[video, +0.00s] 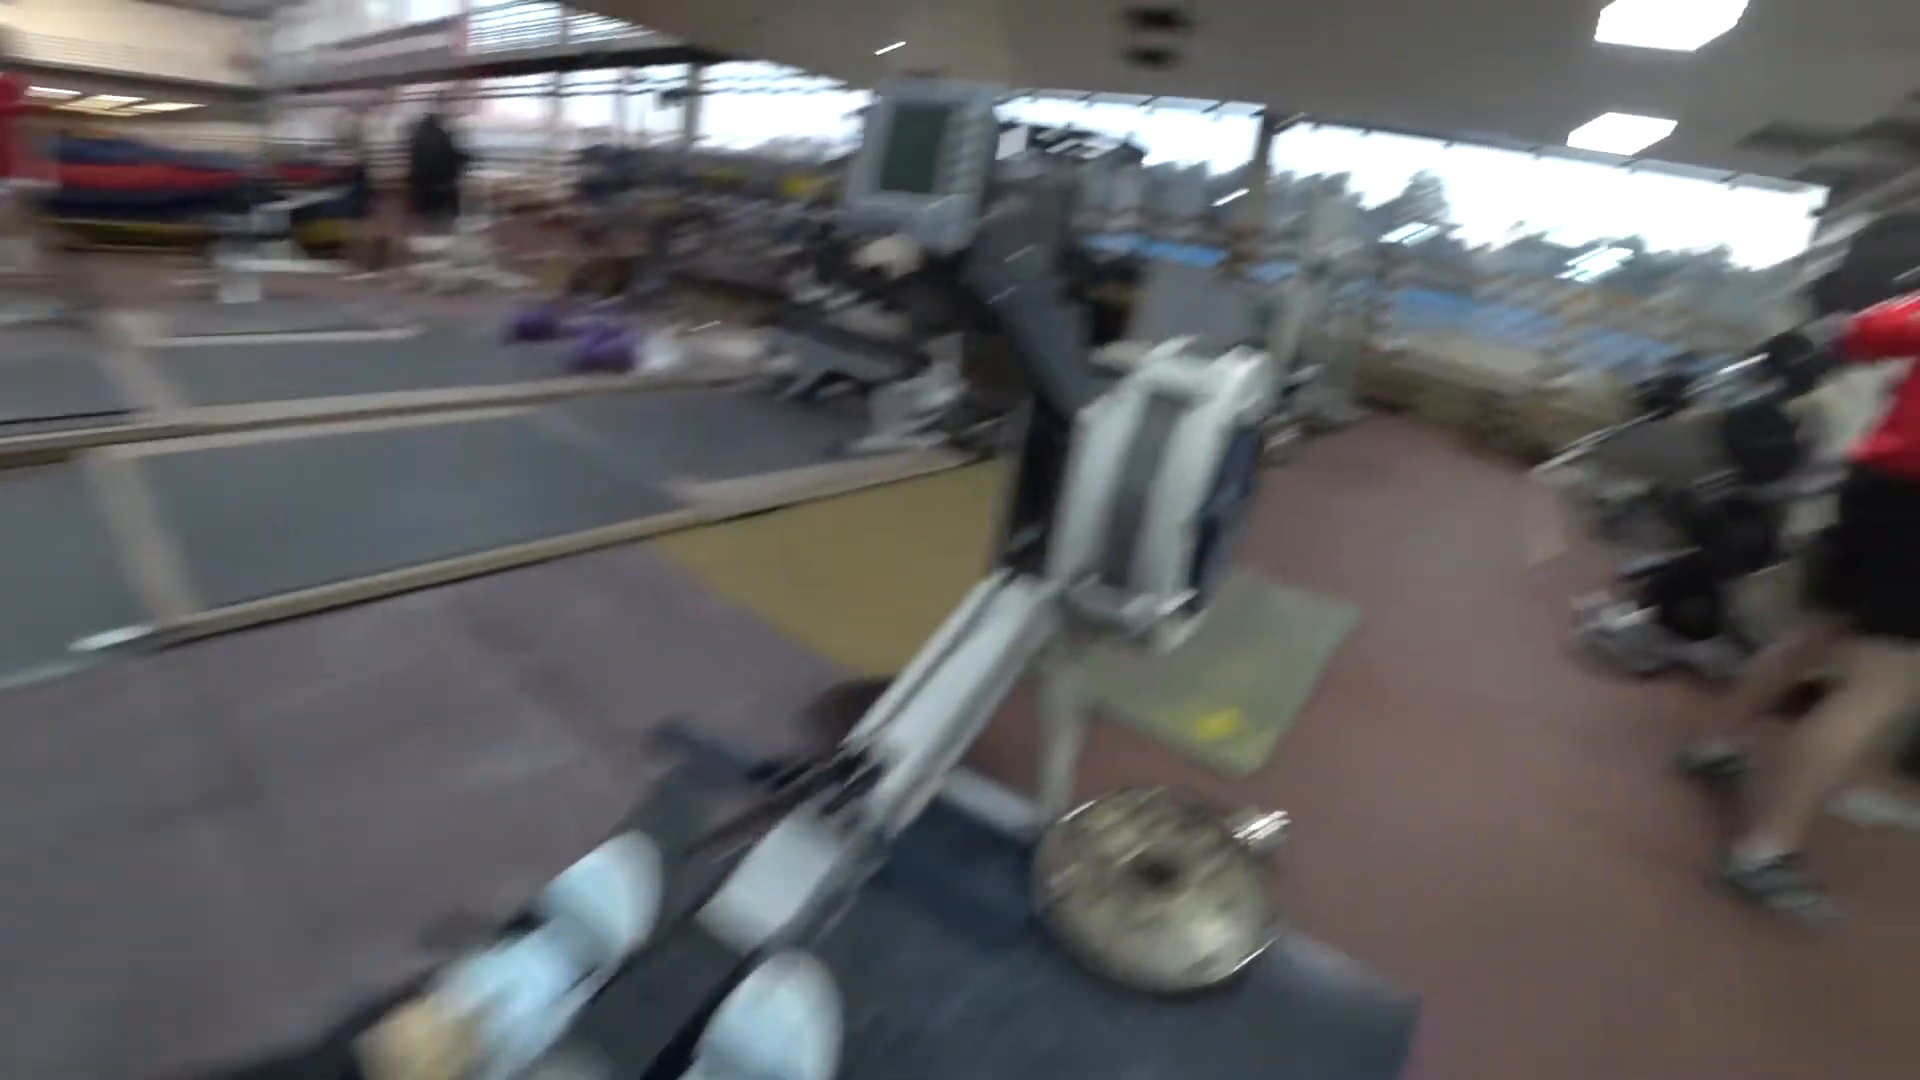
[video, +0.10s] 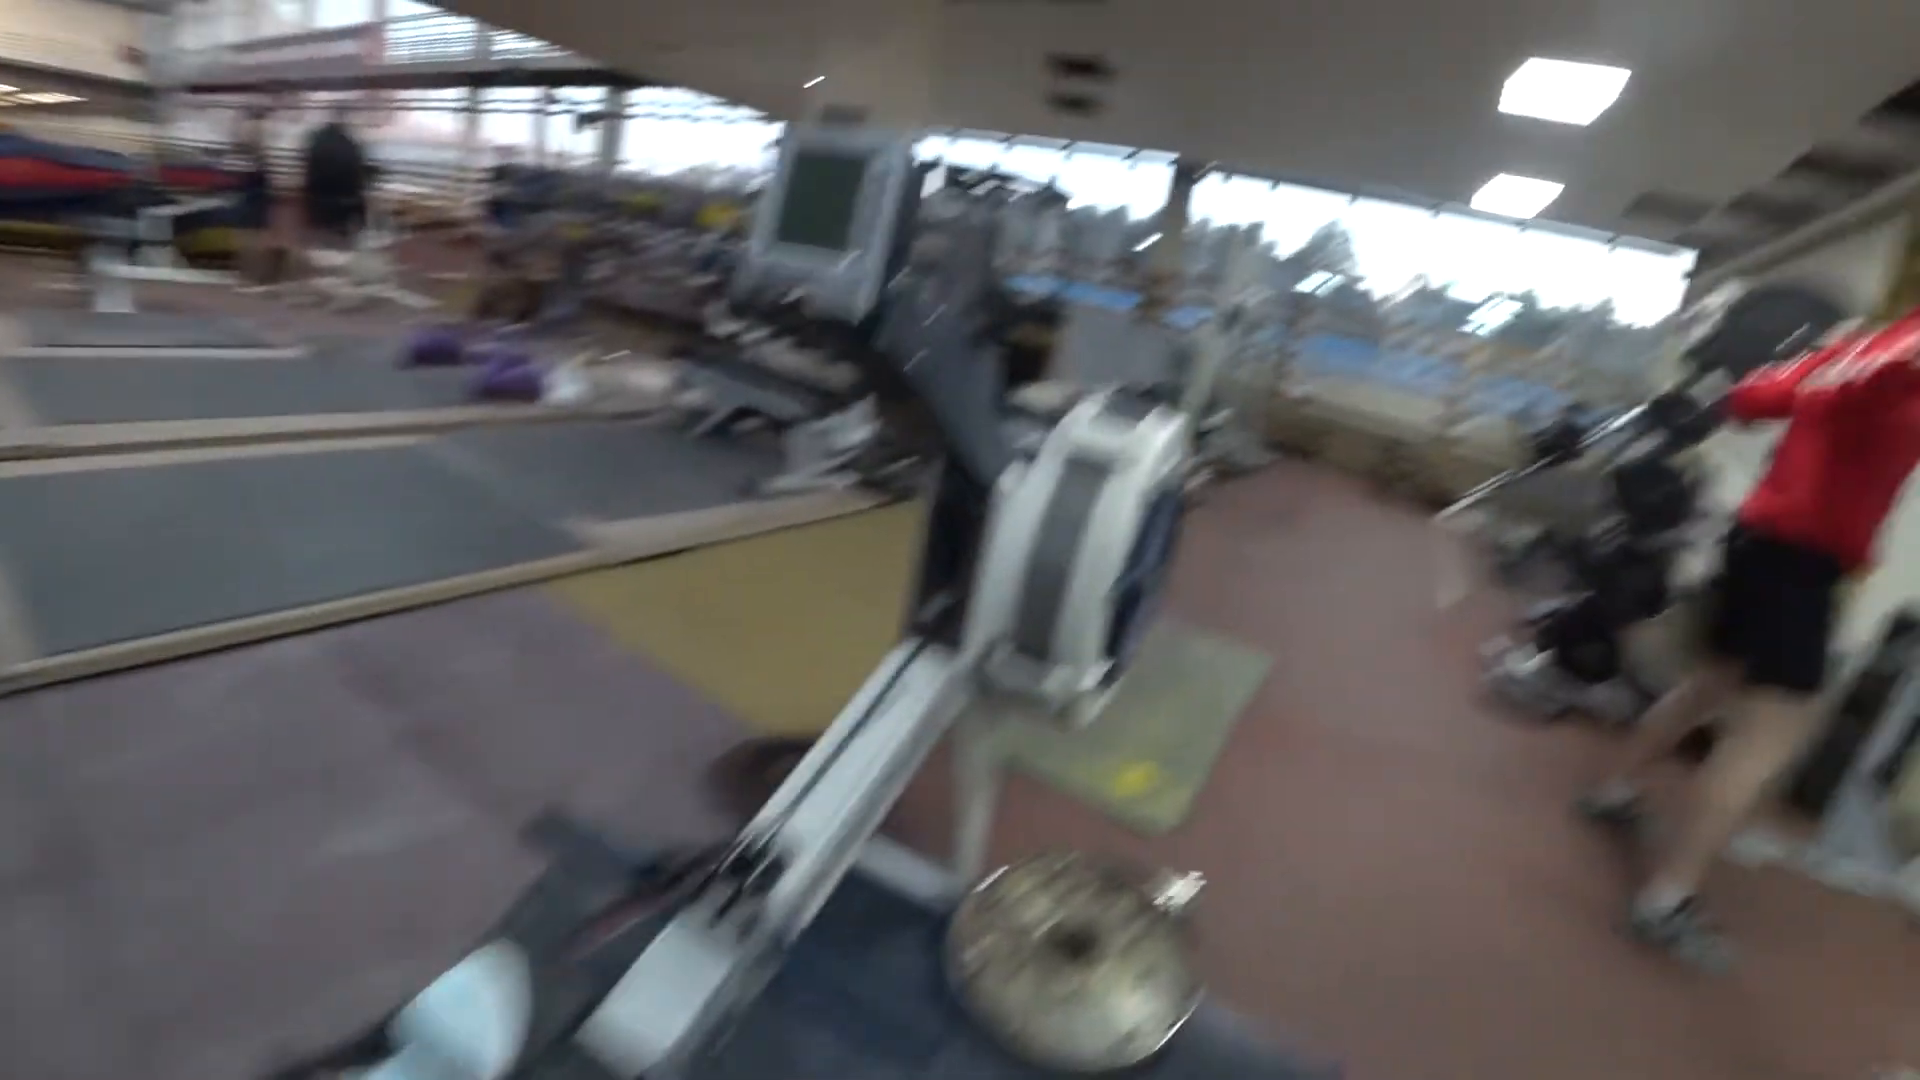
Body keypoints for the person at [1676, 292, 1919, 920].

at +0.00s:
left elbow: (1885, 326)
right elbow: (1885, 328)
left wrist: (1832, 337)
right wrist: (1833, 337)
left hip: (1881, 474)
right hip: (1906, 486)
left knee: (1819, 631)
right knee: (1886, 679)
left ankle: (1718, 740)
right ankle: (1764, 850)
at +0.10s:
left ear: (1904, 289)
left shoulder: (1877, 340)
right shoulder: (1908, 346)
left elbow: (1796, 377)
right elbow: (1826, 386)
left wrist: (1738, 397)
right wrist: (1737, 400)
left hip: (1766, 533)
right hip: (1802, 551)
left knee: (1715, 677)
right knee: (1776, 722)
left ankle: (1613, 788)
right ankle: (1666, 897)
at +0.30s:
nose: (1816, 491)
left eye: (1819, 480)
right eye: (1817, 478)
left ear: (1760, 459)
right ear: (1800, 473)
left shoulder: (1689, 504)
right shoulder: (1760, 516)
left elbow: (1602, 536)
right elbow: (1732, 536)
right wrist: (1770, 525)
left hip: (1603, 672)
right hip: (1653, 699)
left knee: (1558, 803)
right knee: (1613, 865)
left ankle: (1462, 905)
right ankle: (1512, 1024)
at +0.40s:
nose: (1822, 552)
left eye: (1826, 541)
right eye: (1822, 537)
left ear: (1754, 517)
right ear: (1798, 530)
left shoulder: (1688, 557)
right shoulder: (1761, 581)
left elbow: (1594, 588)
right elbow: (1716, 609)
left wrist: (1646, 559)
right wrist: (1778, 579)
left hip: (1597, 728)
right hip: (1649, 756)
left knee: (1542, 857)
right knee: (1600, 929)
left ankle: (1443, 957)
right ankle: (1501, 1067)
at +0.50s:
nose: (1827, 592)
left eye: (1828, 578)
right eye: (1825, 578)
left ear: (1757, 561)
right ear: (1800, 577)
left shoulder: (1679, 598)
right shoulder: (1753, 621)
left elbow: (1584, 625)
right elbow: (1709, 649)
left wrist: (1647, 595)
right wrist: (1776, 629)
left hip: (1578, 765)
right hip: (1631, 799)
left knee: (1522, 898)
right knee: (1577, 971)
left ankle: (1419, 994)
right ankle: (1509, 1069)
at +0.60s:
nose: (1825, 611)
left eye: (1826, 599)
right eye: (1821, 597)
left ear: (1750, 581)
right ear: (1793, 590)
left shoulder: (1672, 615)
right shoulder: (1747, 638)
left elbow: (1573, 639)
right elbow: (1679, 672)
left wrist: (1638, 611)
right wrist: (1774, 647)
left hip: (1568, 784)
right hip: (1621, 818)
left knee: (1509, 917)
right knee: (1569, 994)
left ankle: (1409, 1011)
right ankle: (1505, 1073)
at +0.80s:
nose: (1816, 720)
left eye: (1819, 706)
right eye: (1813, 705)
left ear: (1752, 683)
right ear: (1784, 698)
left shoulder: (1665, 710)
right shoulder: (1742, 746)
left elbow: (1568, 720)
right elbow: (1668, 769)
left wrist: (1636, 701)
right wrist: (1767, 758)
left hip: (1548, 868)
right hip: (1603, 907)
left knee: (1475, 987)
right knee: (1537, 1058)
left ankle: (1361, 1067)